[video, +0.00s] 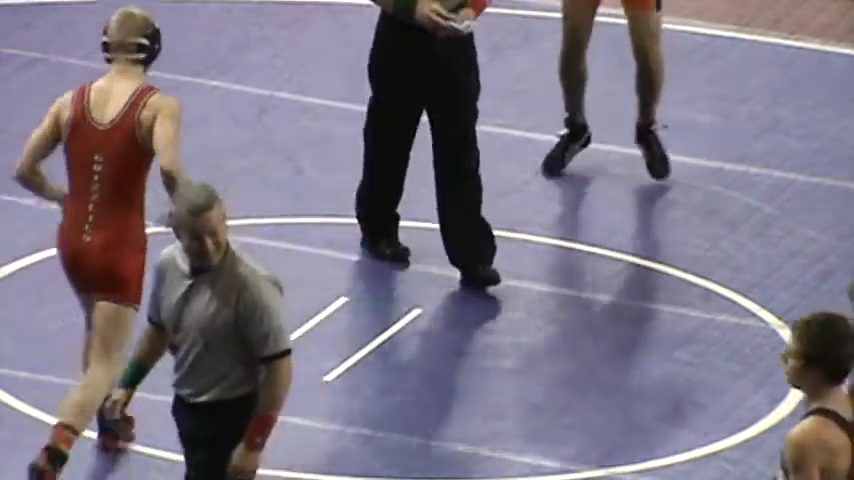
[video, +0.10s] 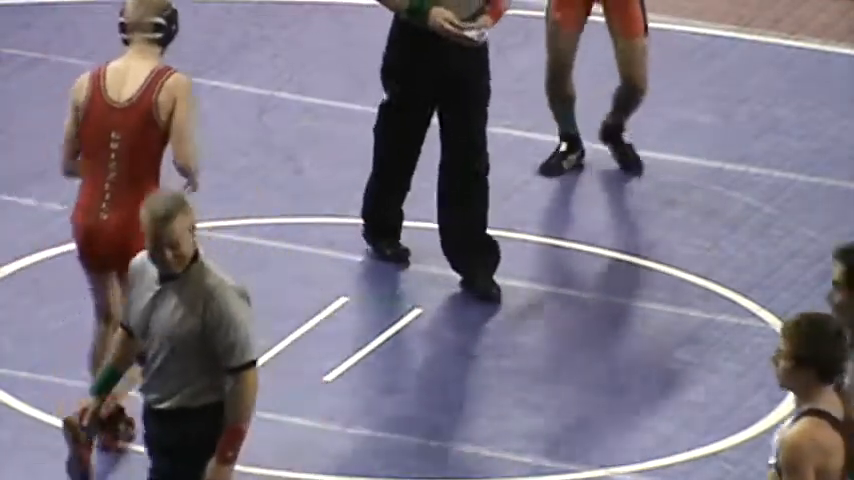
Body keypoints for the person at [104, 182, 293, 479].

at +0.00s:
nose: (207, 247)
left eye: (213, 235)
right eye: (195, 238)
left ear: (225, 223)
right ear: (177, 234)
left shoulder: (251, 286)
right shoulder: (169, 265)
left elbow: (280, 368)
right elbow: (158, 330)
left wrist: (253, 447)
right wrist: (126, 386)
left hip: (230, 413)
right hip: (188, 408)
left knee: (204, 473)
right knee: (201, 472)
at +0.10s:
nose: (167, 256)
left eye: (174, 245)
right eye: (157, 247)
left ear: (193, 232)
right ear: (146, 241)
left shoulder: (219, 297)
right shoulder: (141, 270)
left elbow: (245, 379)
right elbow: (129, 336)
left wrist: (225, 460)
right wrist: (98, 394)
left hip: (199, 422)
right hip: (156, 417)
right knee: (161, 471)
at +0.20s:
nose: (119, 263)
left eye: (125, 253)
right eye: (113, 254)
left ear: (155, 239)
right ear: (105, 247)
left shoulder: (179, 297)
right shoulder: (111, 272)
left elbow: (205, 379)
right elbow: (105, 343)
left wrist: (202, 451)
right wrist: (78, 398)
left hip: (161, 421)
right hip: (115, 416)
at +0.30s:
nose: (71, 255)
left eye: (78, 247)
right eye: (69, 246)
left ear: (111, 240)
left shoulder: (143, 297)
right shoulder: (86, 270)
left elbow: (160, 387)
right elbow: (79, 341)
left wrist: (166, 451)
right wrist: (67, 394)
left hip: (128, 424)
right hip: (90, 420)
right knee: (76, 473)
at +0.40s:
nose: (32, 252)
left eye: (38, 243)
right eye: (31, 242)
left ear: (69, 236)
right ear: (70, 236)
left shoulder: (101, 294)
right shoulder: (74, 269)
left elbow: (120, 382)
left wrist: (116, 464)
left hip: (90, 424)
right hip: (56, 416)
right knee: (28, 472)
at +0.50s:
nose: (3, 255)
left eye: (5, 246)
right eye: (2, 247)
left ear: (26, 242)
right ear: (37, 235)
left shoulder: (62, 296)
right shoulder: (42, 276)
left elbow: (78, 385)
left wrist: (53, 465)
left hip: (63, 424)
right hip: (35, 414)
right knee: (12, 468)